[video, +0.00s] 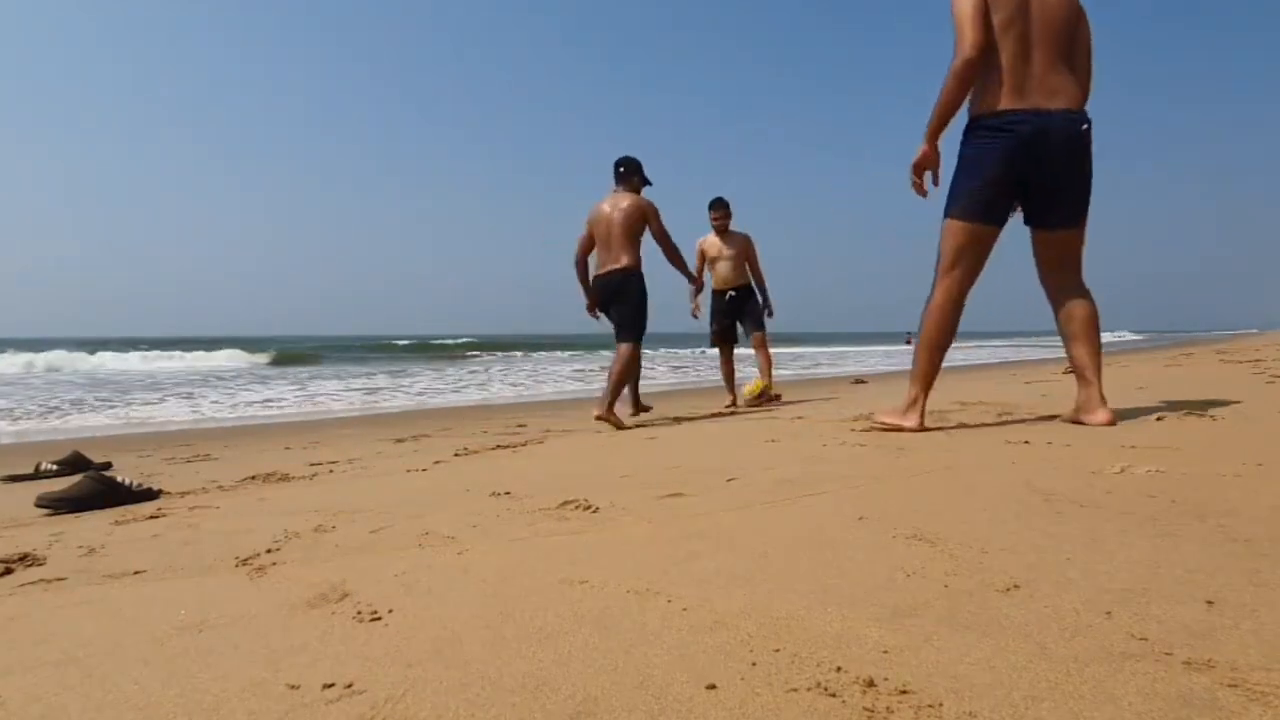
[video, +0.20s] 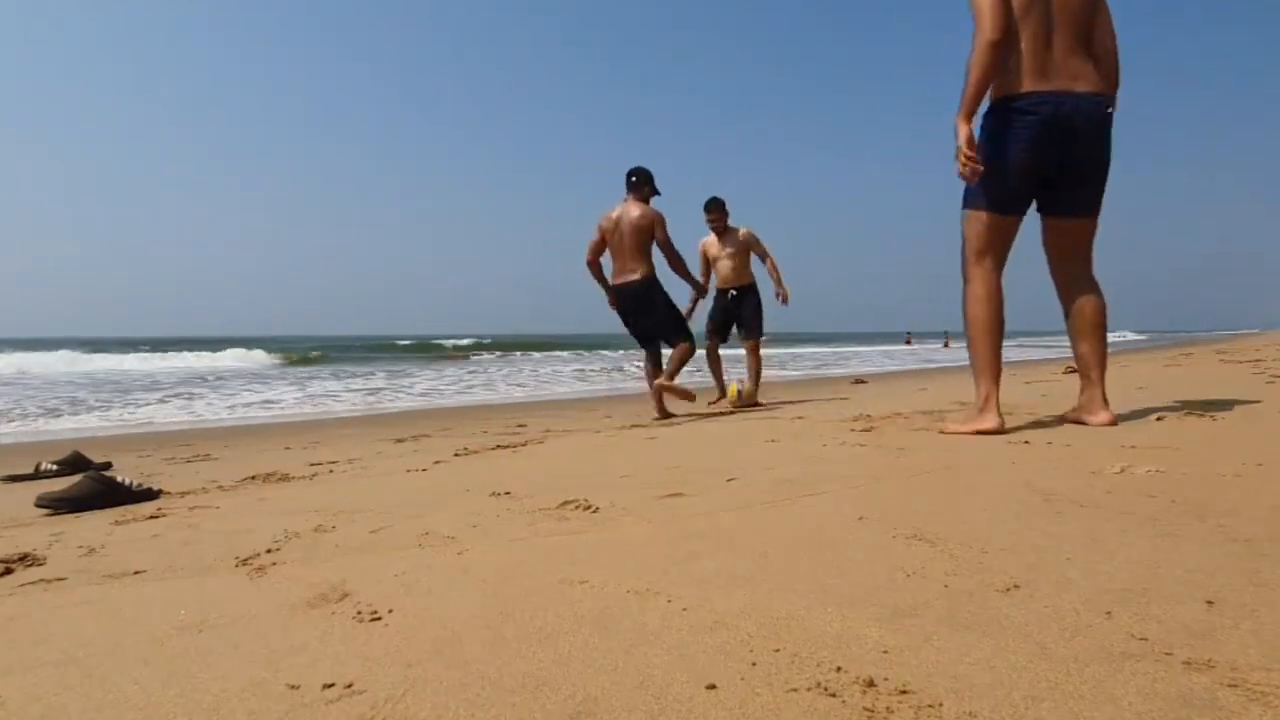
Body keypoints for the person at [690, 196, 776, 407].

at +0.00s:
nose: (720, 223)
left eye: (724, 218)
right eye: (715, 219)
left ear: (730, 217)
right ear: (710, 219)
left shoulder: (743, 240)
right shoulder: (704, 244)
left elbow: (755, 271)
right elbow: (699, 274)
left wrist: (765, 298)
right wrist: (695, 299)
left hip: (744, 292)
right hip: (720, 295)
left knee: (759, 339)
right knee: (725, 349)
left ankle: (767, 389)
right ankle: (731, 396)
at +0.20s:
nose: (714, 225)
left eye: (718, 220)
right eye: (710, 221)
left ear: (726, 216)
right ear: (706, 220)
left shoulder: (744, 237)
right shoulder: (706, 245)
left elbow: (766, 258)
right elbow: (704, 279)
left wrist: (779, 285)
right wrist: (691, 306)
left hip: (747, 291)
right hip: (722, 293)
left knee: (752, 344)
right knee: (711, 344)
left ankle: (752, 393)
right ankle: (721, 391)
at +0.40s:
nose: (706, 230)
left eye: (710, 225)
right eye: (703, 226)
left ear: (718, 221)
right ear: (698, 226)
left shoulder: (735, 238)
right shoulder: (697, 250)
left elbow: (757, 260)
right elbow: (699, 281)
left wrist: (775, 283)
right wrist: (693, 309)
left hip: (743, 292)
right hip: (719, 298)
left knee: (763, 336)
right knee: (716, 347)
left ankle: (761, 382)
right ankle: (719, 396)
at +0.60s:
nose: (711, 236)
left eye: (714, 231)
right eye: (707, 232)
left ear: (718, 229)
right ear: (699, 233)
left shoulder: (733, 249)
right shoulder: (694, 258)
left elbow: (754, 274)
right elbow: (683, 290)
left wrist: (774, 298)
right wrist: (676, 316)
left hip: (742, 300)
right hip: (719, 306)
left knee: (768, 336)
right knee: (711, 358)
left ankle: (797, 376)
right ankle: (721, 401)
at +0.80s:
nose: (722, 222)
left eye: (724, 217)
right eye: (716, 218)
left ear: (728, 218)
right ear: (707, 221)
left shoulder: (741, 241)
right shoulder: (701, 251)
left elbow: (756, 270)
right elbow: (694, 280)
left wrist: (770, 295)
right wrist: (696, 306)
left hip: (748, 295)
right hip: (723, 299)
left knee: (769, 333)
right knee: (715, 353)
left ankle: (784, 388)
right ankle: (721, 399)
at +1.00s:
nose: (747, 210)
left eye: (750, 206)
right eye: (742, 206)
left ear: (753, 209)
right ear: (732, 208)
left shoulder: (762, 234)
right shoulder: (721, 238)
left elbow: (775, 260)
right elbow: (712, 269)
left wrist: (776, 282)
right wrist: (715, 299)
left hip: (760, 292)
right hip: (735, 293)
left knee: (770, 339)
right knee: (726, 348)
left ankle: (781, 393)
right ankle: (719, 397)